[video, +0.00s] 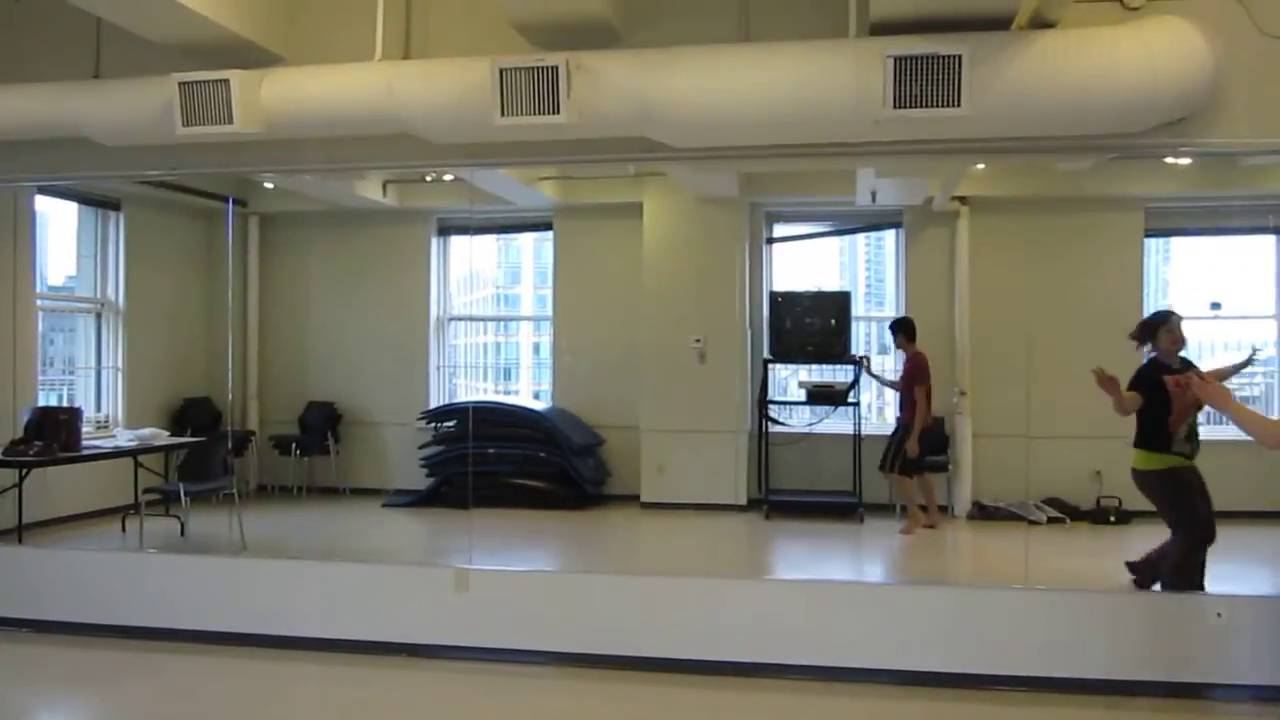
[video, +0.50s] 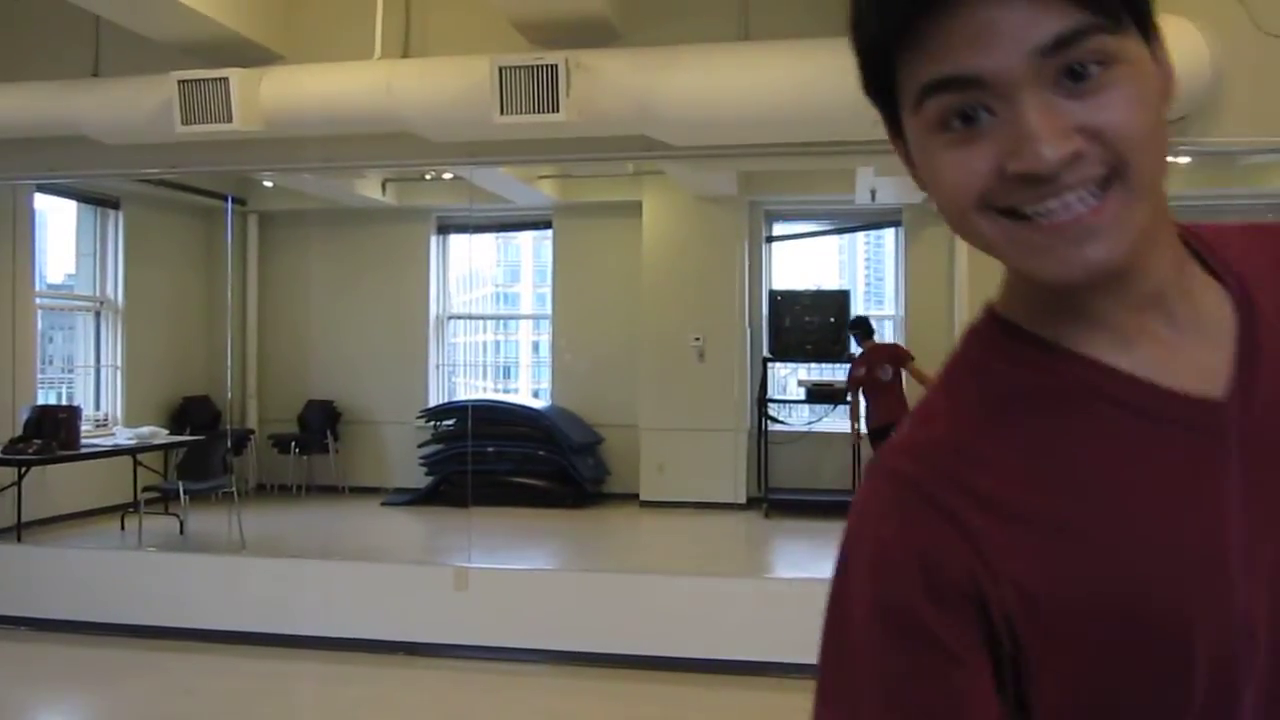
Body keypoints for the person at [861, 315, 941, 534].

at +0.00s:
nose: (893, 341)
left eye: (895, 336)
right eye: (893, 336)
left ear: (903, 336)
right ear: (909, 336)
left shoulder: (916, 361)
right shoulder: (913, 360)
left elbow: (921, 403)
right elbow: (901, 387)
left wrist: (914, 437)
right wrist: (873, 374)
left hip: (910, 424)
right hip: (912, 423)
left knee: (893, 469)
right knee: (918, 470)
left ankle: (914, 516)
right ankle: (933, 514)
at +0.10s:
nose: (889, 345)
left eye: (889, 341)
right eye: (888, 341)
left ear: (895, 341)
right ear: (907, 338)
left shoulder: (908, 366)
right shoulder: (920, 361)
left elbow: (909, 409)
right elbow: (906, 394)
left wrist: (901, 443)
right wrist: (877, 389)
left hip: (909, 430)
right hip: (924, 428)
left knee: (882, 470)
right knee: (920, 469)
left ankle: (913, 512)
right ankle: (934, 514)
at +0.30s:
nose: (871, 349)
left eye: (870, 346)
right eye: (872, 345)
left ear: (872, 346)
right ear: (890, 341)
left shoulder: (874, 375)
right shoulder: (915, 362)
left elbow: (871, 413)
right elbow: (924, 398)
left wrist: (866, 444)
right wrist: (926, 423)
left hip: (897, 434)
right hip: (923, 429)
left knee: (902, 478)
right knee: (934, 467)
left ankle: (911, 523)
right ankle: (941, 509)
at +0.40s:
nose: (866, 349)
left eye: (864, 346)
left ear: (864, 346)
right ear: (884, 340)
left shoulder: (865, 375)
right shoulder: (906, 361)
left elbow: (860, 411)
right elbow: (926, 394)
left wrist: (856, 437)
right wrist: (946, 418)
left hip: (887, 435)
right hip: (913, 429)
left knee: (901, 482)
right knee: (935, 474)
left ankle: (913, 529)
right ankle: (955, 519)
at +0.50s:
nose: (854, 339)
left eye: (854, 336)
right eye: (854, 335)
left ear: (856, 337)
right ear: (872, 331)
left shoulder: (857, 364)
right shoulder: (893, 350)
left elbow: (855, 400)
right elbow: (917, 374)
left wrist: (855, 429)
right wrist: (938, 390)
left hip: (875, 423)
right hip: (900, 418)